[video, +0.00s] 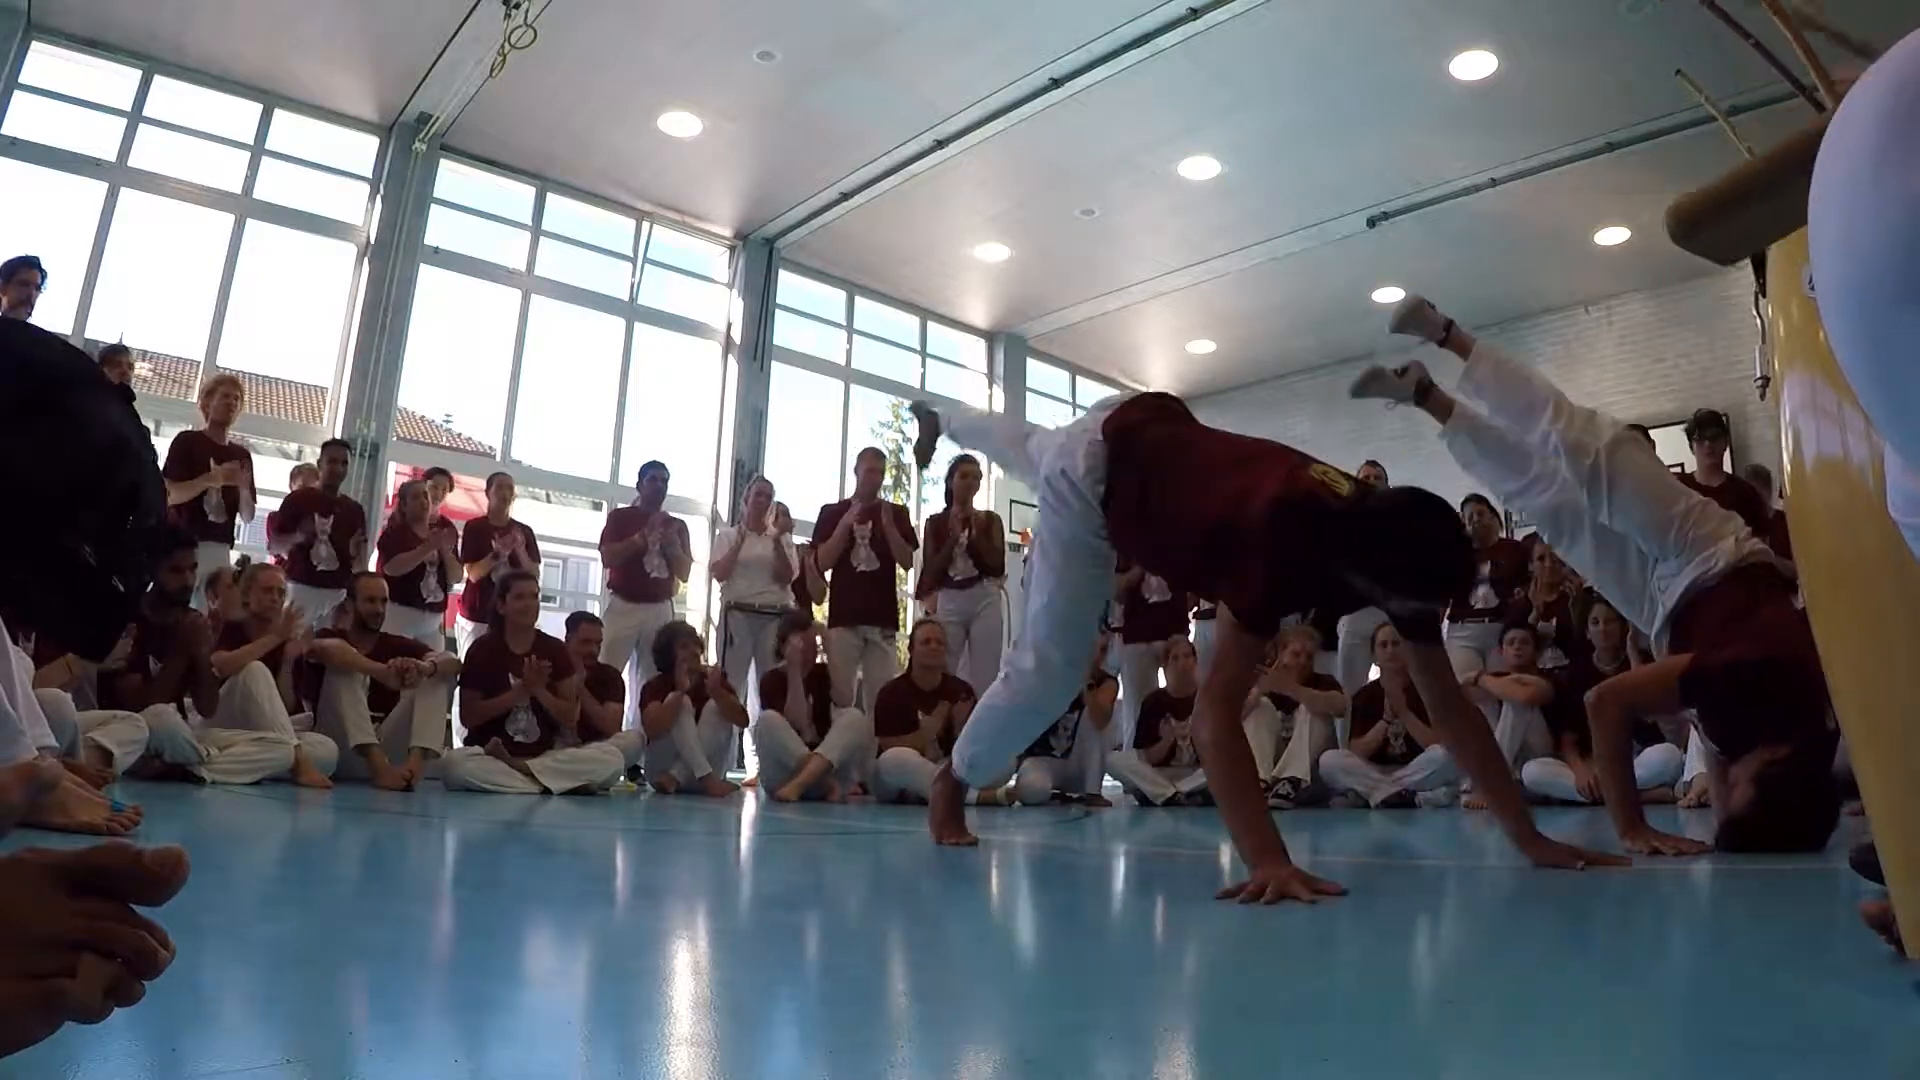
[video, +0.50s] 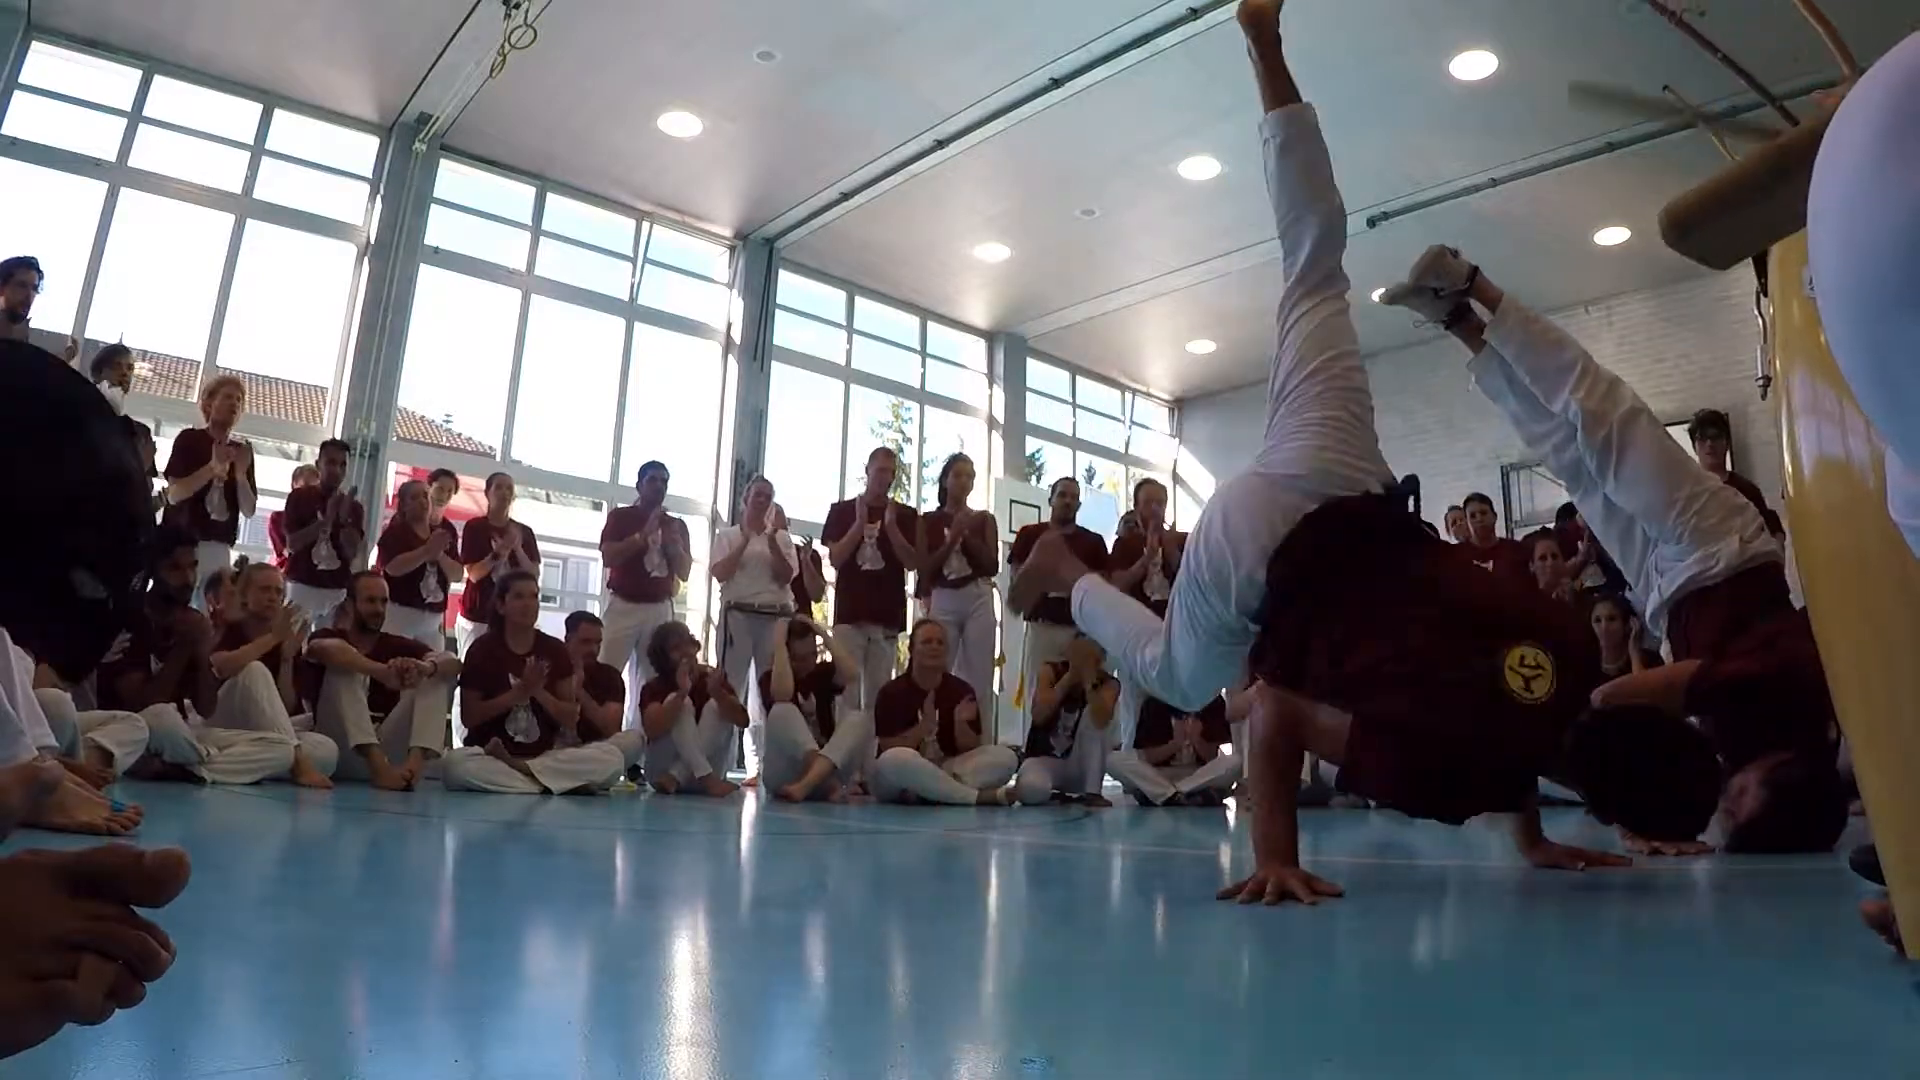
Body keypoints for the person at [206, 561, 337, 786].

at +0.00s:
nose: (275, 598)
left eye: (280, 592)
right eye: (267, 591)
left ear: (286, 598)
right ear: (247, 595)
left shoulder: (288, 641)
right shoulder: (231, 630)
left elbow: (288, 707)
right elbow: (221, 666)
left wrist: (288, 661)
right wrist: (277, 637)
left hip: (268, 733)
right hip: (224, 724)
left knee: (327, 752)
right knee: (254, 670)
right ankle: (299, 761)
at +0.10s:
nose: (275, 598)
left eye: (280, 592)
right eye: (267, 590)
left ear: (285, 598)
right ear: (247, 595)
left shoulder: (291, 646)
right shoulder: (229, 630)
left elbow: (291, 711)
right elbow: (222, 665)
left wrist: (283, 662)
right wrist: (281, 639)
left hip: (271, 734)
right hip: (224, 725)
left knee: (327, 751)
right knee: (254, 671)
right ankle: (299, 762)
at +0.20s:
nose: (274, 597)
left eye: (279, 592)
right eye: (266, 590)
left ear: (284, 598)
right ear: (246, 594)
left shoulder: (289, 644)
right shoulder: (225, 630)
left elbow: (290, 710)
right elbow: (223, 664)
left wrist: (285, 661)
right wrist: (279, 639)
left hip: (271, 732)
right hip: (224, 725)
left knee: (326, 751)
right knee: (254, 671)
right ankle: (298, 762)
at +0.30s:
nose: (273, 597)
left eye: (279, 591)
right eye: (265, 590)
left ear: (284, 598)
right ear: (245, 594)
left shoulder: (285, 639)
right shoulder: (225, 629)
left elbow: (288, 708)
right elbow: (222, 667)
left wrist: (290, 654)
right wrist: (274, 637)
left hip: (270, 731)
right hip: (226, 724)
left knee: (326, 751)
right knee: (254, 671)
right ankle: (298, 761)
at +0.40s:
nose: (273, 597)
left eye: (278, 591)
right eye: (264, 590)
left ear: (283, 597)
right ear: (245, 594)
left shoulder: (284, 641)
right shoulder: (228, 631)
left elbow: (288, 707)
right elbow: (219, 667)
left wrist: (290, 659)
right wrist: (270, 639)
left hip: (269, 731)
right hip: (224, 723)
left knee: (326, 751)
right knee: (254, 671)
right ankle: (298, 762)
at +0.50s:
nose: (272, 597)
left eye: (278, 591)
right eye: (264, 590)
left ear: (283, 597)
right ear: (245, 594)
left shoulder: (287, 640)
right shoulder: (229, 630)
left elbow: (288, 707)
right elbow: (220, 667)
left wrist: (288, 657)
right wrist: (273, 638)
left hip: (269, 732)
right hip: (224, 723)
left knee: (326, 751)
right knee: (254, 671)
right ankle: (298, 761)